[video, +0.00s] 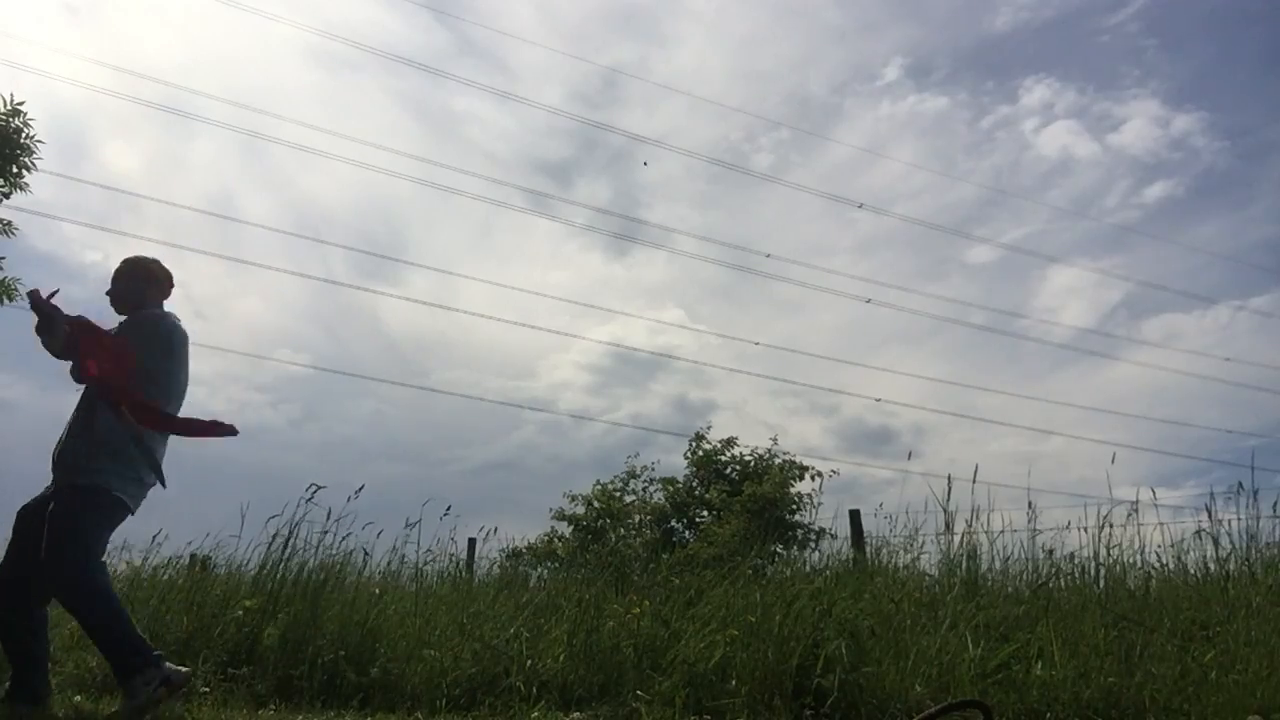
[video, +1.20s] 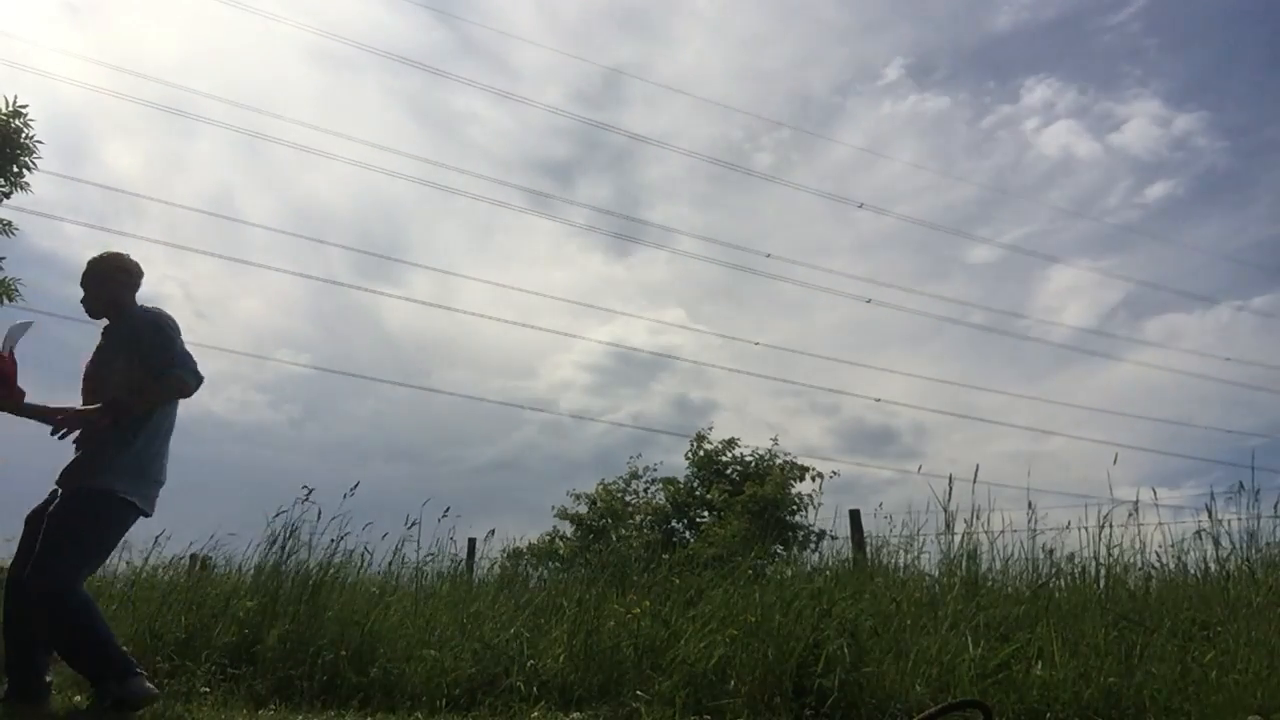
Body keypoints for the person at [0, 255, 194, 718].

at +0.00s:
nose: (110, 294)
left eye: (119, 285)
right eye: (111, 286)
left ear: (148, 286)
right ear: (150, 288)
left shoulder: (159, 328)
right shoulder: (135, 334)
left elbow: (98, 356)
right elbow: (73, 349)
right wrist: (50, 320)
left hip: (107, 478)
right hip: (83, 477)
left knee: (71, 566)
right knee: (19, 574)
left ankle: (145, 673)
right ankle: (28, 694)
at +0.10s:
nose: (104, 299)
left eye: (109, 290)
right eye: (105, 291)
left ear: (129, 286)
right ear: (152, 290)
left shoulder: (130, 320)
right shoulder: (168, 338)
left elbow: (77, 382)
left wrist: (16, 373)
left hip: (94, 482)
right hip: (121, 490)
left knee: (58, 577)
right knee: (27, 575)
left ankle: (127, 681)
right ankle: (28, 694)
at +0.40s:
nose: (62, 303)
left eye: (63, 296)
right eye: (63, 297)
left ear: (71, 291)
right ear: (111, 291)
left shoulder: (68, 318)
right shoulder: (159, 338)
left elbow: (52, 367)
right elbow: (183, 410)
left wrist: (5, 420)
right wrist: (194, 387)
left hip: (88, 481)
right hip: (137, 490)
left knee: (87, 578)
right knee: (59, 577)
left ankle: (138, 689)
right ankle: (30, 689)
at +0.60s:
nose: (33, 309)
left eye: (35, 296)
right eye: (30, 299)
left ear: (59, 287)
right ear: (79, 285)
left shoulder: (73, 321)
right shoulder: (132, 324)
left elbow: (87, 380)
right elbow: (192, 352)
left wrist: (24, 430)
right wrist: (184, 424)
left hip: (99, 480)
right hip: (138, 483)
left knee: (100, 579)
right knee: (50, 568)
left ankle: (137, 691)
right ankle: (31, 689)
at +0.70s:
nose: (29, 305)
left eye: (32, 291)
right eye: (26, 295)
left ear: (60, 281)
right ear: (58, 285)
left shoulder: (110, 316)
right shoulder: (73, 343)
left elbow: (143, 378)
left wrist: (69, 431)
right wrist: (158, 448)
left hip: (119, 473)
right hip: (84, 474)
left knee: (111, 578)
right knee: (35, 570)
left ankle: (135, 690)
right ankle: (29, 689)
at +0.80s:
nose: (36, 304)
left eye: (40, 292)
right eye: (33, 295)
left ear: (69, 282)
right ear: (62, 289)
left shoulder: (138, 321)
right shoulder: (58, 342)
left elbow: (178, 377)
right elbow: (46, 389)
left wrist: (122, 417)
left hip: (125, 477)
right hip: (71, 477)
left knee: (112, 572)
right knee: (26, 573)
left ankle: (135, 690)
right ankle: (27, 691)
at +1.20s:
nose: (82, 294)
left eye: (88, 285)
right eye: (82, 286)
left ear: (112, 284)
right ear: (111, 287)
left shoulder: (150, 322)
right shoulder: (113, 341)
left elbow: (187, 378)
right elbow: (94, 419)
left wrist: (113, 410)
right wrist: (19, 404)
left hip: (119, 483)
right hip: (87, 479)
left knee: (51, 578)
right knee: (24, 577)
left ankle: (123, 683)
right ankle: (26, 693)